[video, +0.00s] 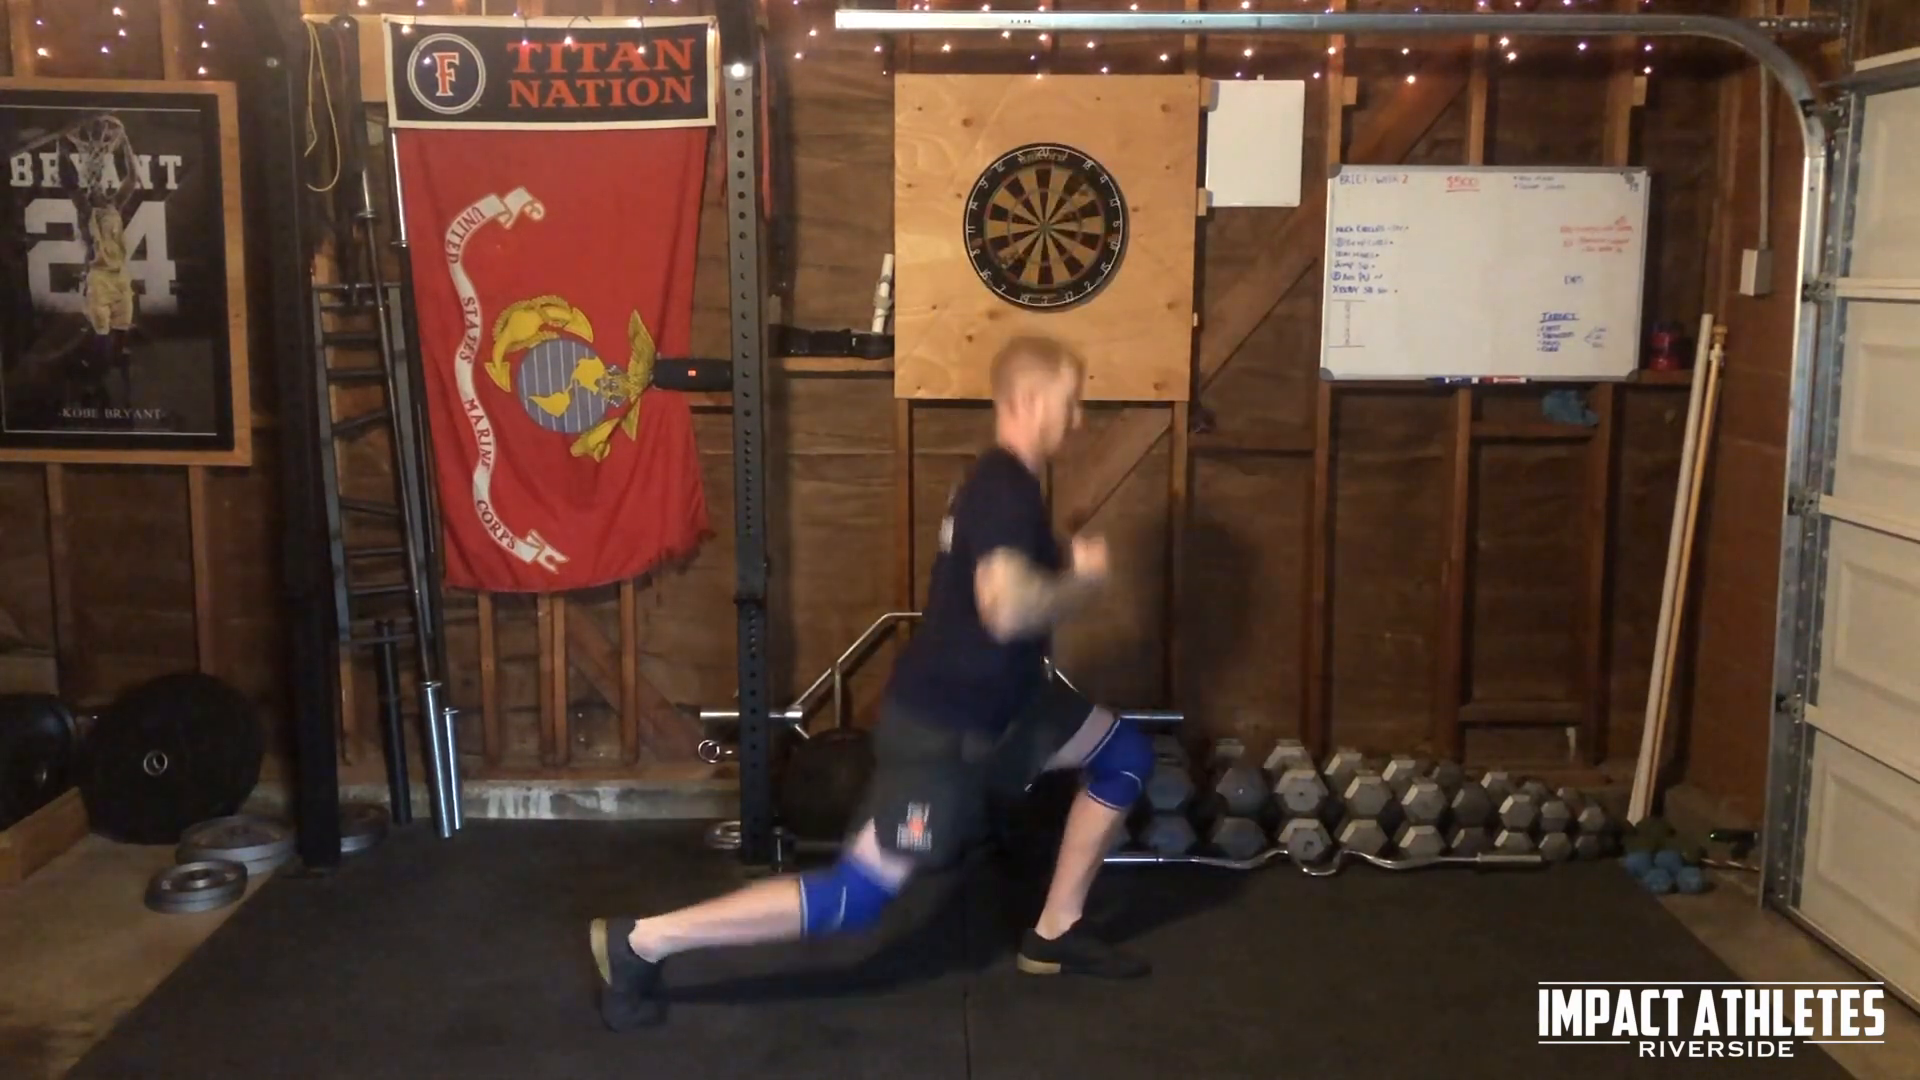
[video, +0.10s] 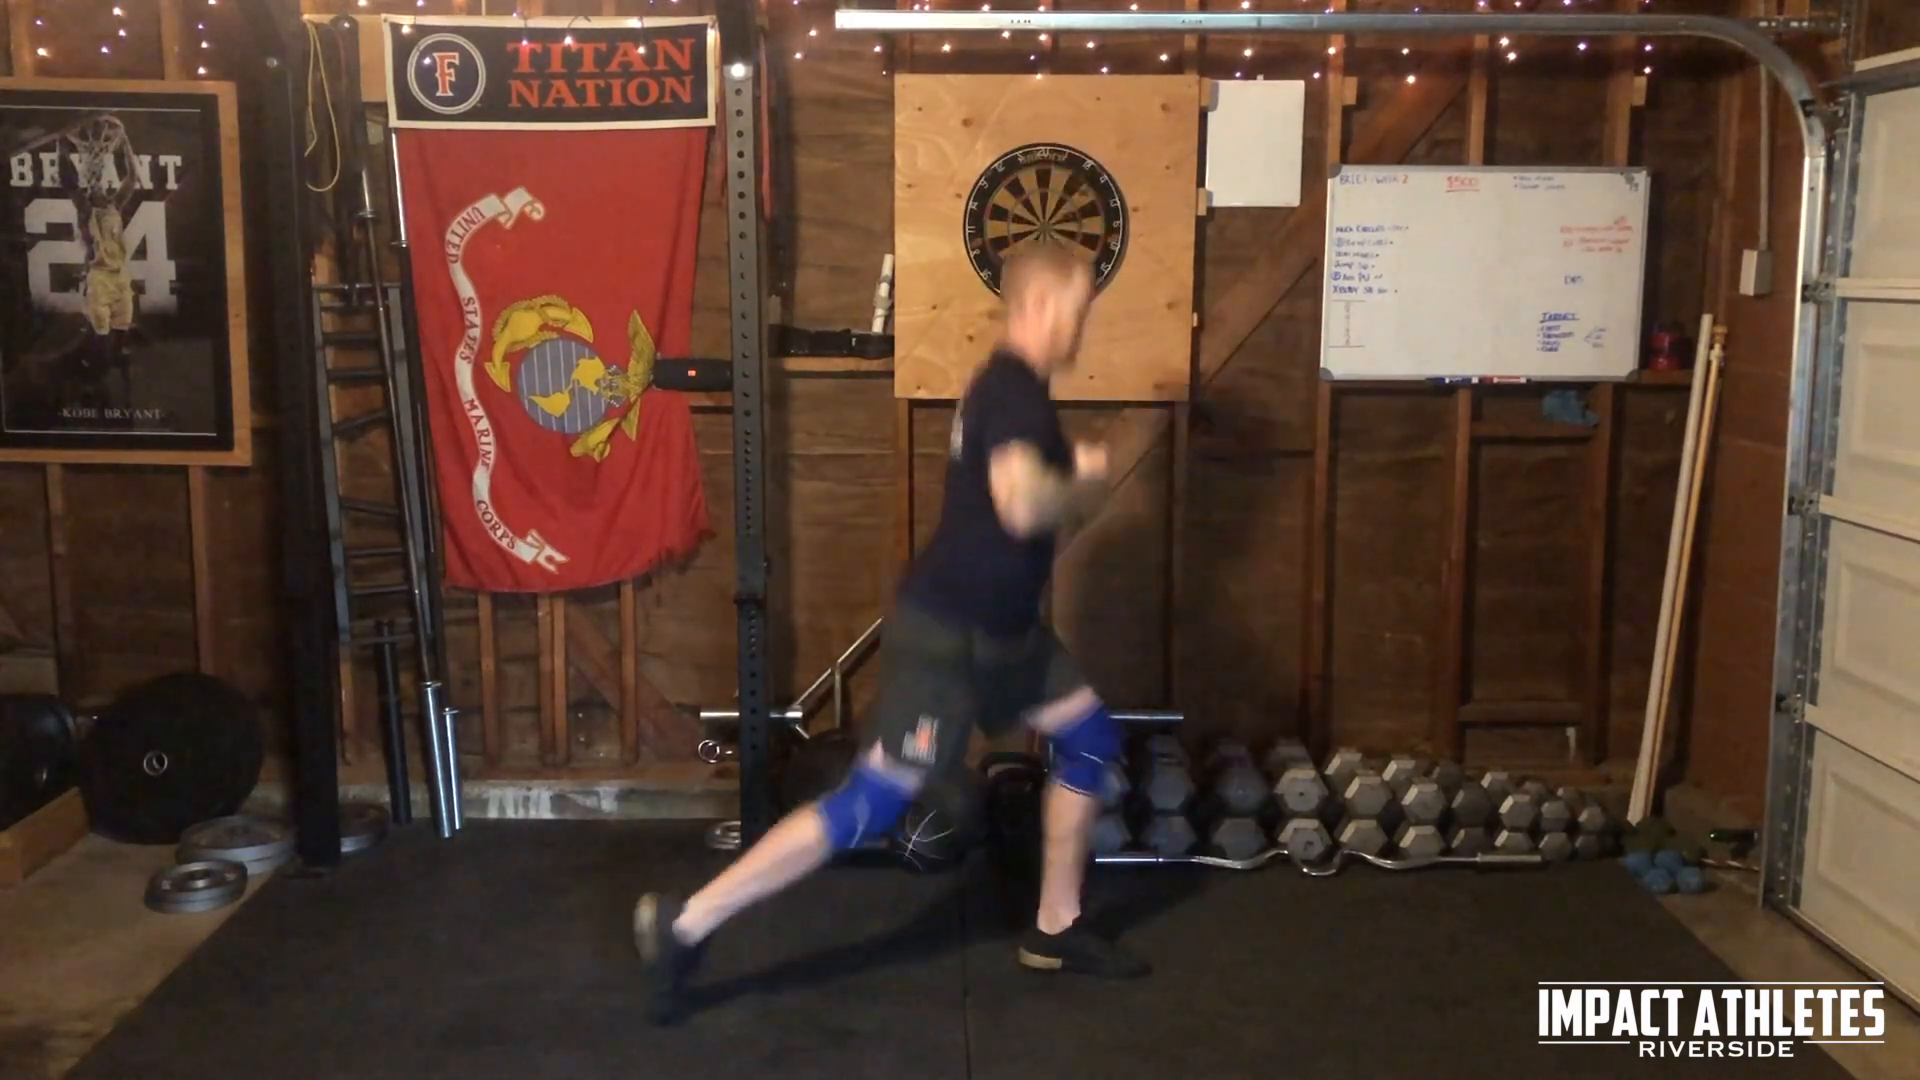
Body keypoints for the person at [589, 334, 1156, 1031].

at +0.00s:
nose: (1078, 418)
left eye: (1078, 402)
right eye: (1070, 401)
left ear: (1023, 404)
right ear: (1025, 404)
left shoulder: (1014, 481)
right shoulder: (1004, 488)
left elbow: (987, 572)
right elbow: (1005, 604)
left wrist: (1064, 560)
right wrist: (1083, 580)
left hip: (1008, 698)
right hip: (943, 716)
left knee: (1124, 757)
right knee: (856, 896)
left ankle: (1055, 932)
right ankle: (640, 941)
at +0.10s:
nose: (1082, 326)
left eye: (1085, 308)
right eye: (1075, 308)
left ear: (1046, 305)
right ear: (1034, 303)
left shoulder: (1024, 388)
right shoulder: (1011, 386)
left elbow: (1034, 502)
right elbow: (1023, 505)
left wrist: (1077, 482)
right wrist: (1084, 481)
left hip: (1008, 631)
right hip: (946, 630)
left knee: (1089, 742)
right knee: (874, 801)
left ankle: (1057, 927)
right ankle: (685, 925)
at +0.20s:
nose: (1099, 250)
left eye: (1101, 233)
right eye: (1094, 231)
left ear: (1033, 226)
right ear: (1052, 226)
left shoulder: (1026, 304)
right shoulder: (1017, 301)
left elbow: (997, 397)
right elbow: (1007, 415)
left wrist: (1066, 413)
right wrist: (1088, 420)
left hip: (989, 550)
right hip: (946, 545)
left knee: (1024, 717)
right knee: (920, 740)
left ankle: (1009, 900)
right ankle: (768, 897)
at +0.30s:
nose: (1102, 226)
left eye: (1106, 210)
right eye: (1099, 207)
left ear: (1041, 195)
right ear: (1055, 195)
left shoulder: (1014, 265)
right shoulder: (1021, 266)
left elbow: (991, 372)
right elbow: (987, 377)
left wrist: (1058, 375)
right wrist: (1076, 391)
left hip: (962, 514)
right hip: (955, 519)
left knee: (961, 698)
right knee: (978, 709)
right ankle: (881, 903)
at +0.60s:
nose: (1103, 404)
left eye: (1104, 389)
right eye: (1098, 388)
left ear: (1044, 382)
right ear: (1059, 382)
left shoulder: (1004, 450)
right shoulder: (1019, 456)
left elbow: (993, 560)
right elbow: (985, 568)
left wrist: (1074, 560)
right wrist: (1089, 579)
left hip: (920, 685)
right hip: (963, 689)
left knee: (883, 858)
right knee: (1131, 782)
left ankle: (684, 892)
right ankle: (1071, 970)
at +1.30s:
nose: (1118, 216)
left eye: (1121, 200)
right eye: (1114, 198)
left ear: (1058, 186)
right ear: (1072, 185)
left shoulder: (1027, 264)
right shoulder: (1036, 269)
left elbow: (1021, 386)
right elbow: (1008, 389)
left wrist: (1094, 391)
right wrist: (1102, 394)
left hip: (958, 504)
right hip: (983, 514)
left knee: (962, 692)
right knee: (1009, 705)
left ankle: (858, 857)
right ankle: (953, 908)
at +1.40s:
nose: (1117, 217)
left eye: (1119, 200)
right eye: (1112, 198)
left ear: (1056, 190)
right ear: (1070, 189)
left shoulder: (1040, 268)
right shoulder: (1029, 266)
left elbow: (1016, 379)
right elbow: (1012, 388)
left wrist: (1090, 387)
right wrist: (1108, 397)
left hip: (1000, 512)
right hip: (970, 511)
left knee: (1004, 696)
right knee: (984, 705)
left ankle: (972, 881)